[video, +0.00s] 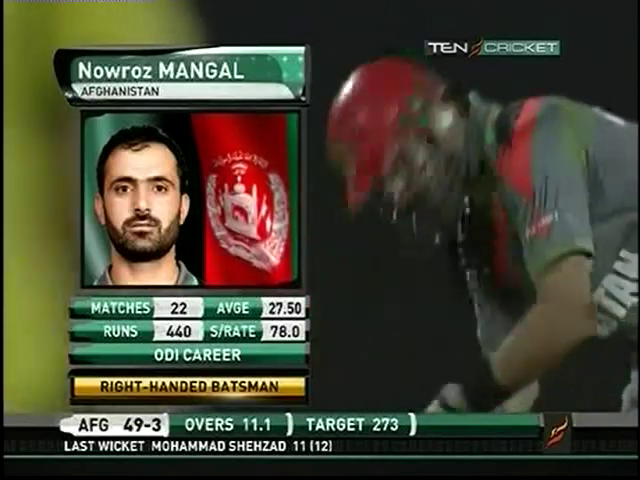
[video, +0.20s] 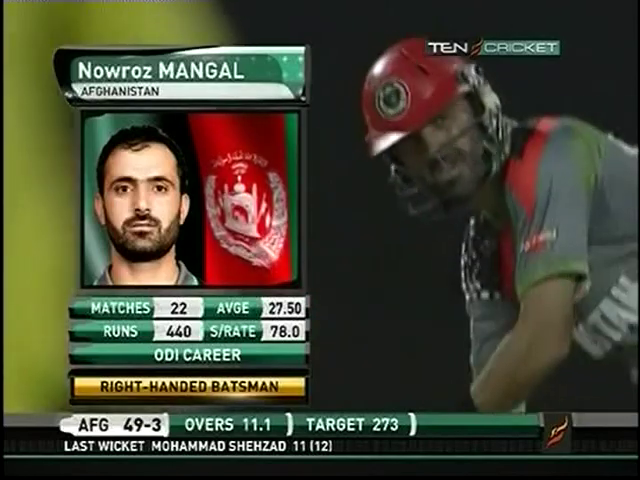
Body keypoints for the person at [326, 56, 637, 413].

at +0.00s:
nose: (397, 196)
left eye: (397, 169)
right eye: (385, 184)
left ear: (426, 130)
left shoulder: (541, 134)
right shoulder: (478, 217)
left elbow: (571, 313)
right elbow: (517, 380)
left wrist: (470, 395)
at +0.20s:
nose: (434, 149)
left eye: (441, 121)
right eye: (411, 142)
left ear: (479, 106)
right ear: (399, 165)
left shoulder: (554, 152)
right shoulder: (483, 254)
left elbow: (546, 339)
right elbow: (495, 398)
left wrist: (481, 402)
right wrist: (565, 320)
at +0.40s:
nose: (448, 164)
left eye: (456, 135)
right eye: (425, 156)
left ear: (494, 122)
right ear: (411, 178)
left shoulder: (566, 175)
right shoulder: (496, 272)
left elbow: (565, 360)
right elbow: (514, 414)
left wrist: (478, 452)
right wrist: (592, 354)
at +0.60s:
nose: (460, 168)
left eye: (469, 140)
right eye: (437, 161)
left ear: (507, 124)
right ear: (423, 182)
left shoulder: (577, 179)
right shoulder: (510, 267)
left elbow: (580, 362)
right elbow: (526, 411)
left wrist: (498, 453)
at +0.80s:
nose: (462, 181)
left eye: (469, 151)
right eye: (438, 173)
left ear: (505, 132)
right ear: (425, 193)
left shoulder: (578, 181)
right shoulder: (509, 279)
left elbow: (596, 364)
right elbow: (532, 414)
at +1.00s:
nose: (462, 174)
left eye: (470, 145)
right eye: (438, 166)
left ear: (507, 127)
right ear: (424, 187)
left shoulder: (581, 180)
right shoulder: (508, 274)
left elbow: (601, 363)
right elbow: (534, 412)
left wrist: (521, 447)